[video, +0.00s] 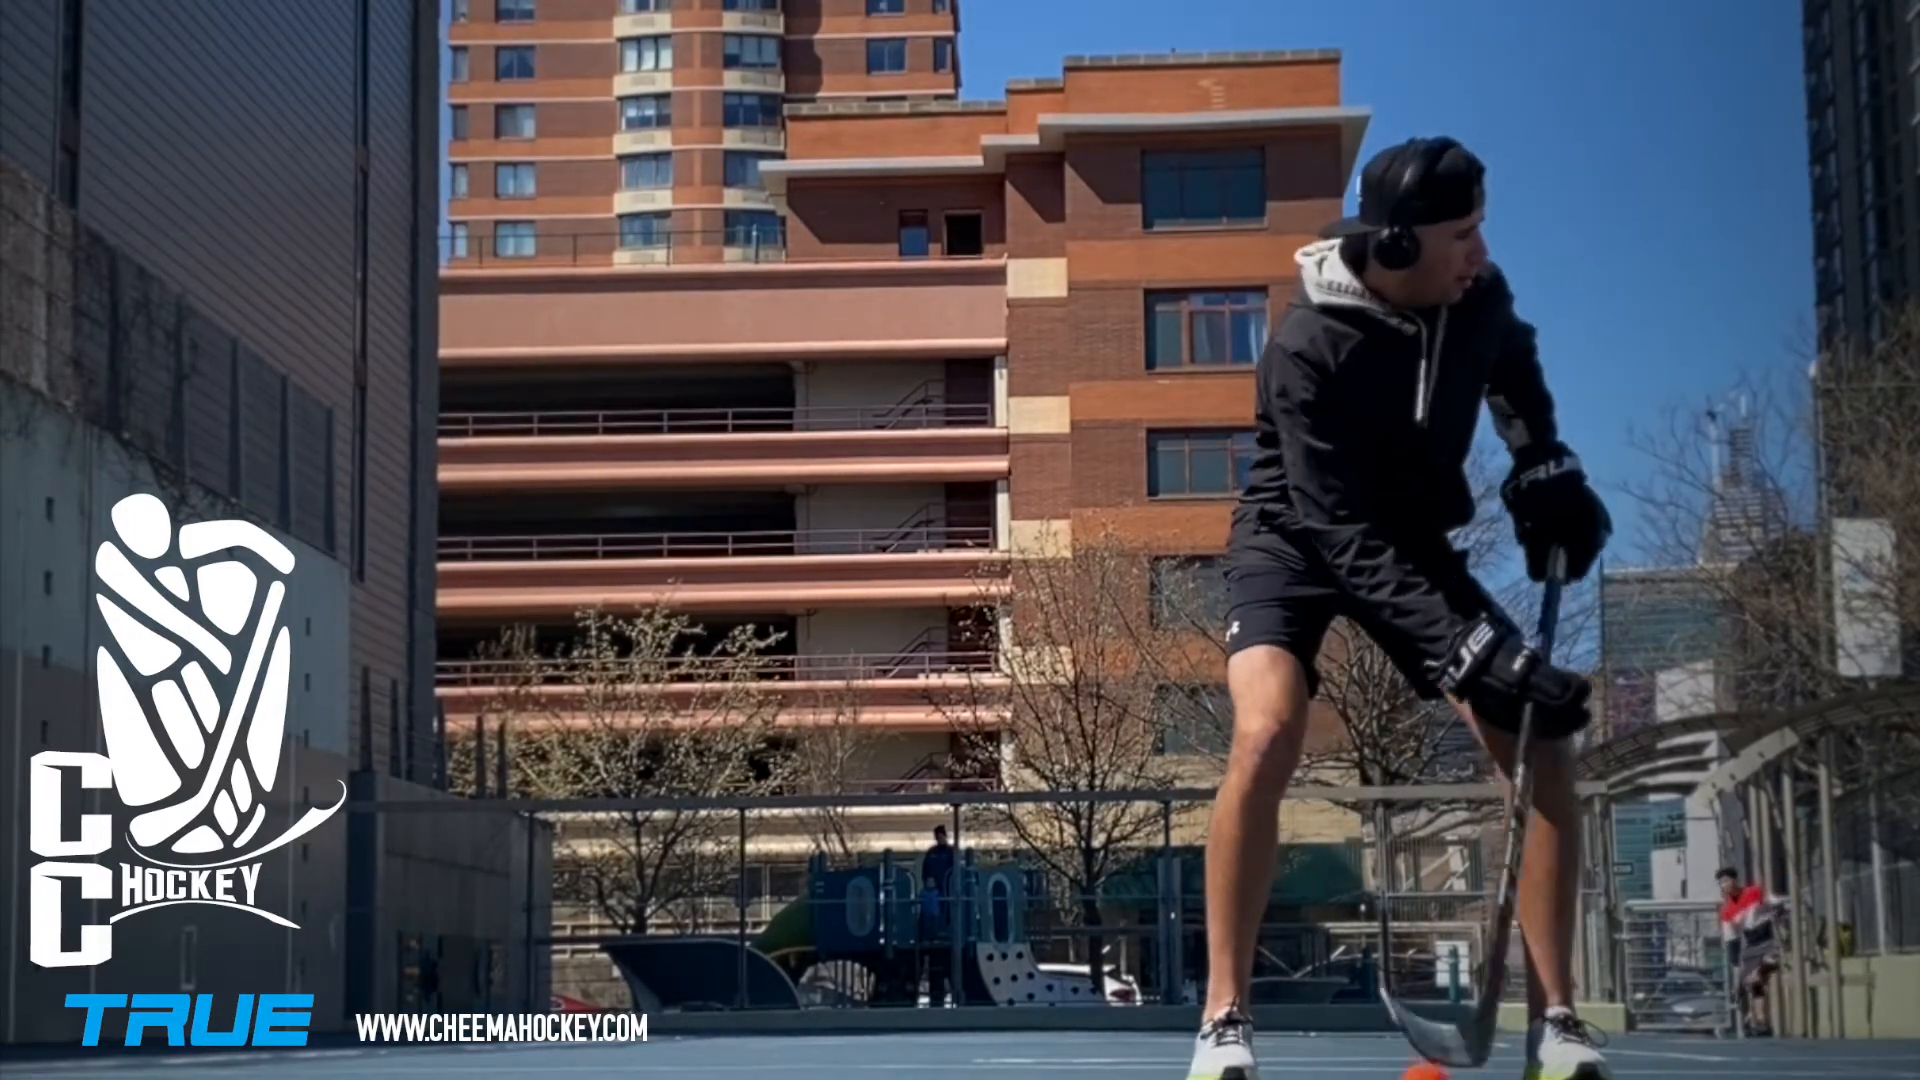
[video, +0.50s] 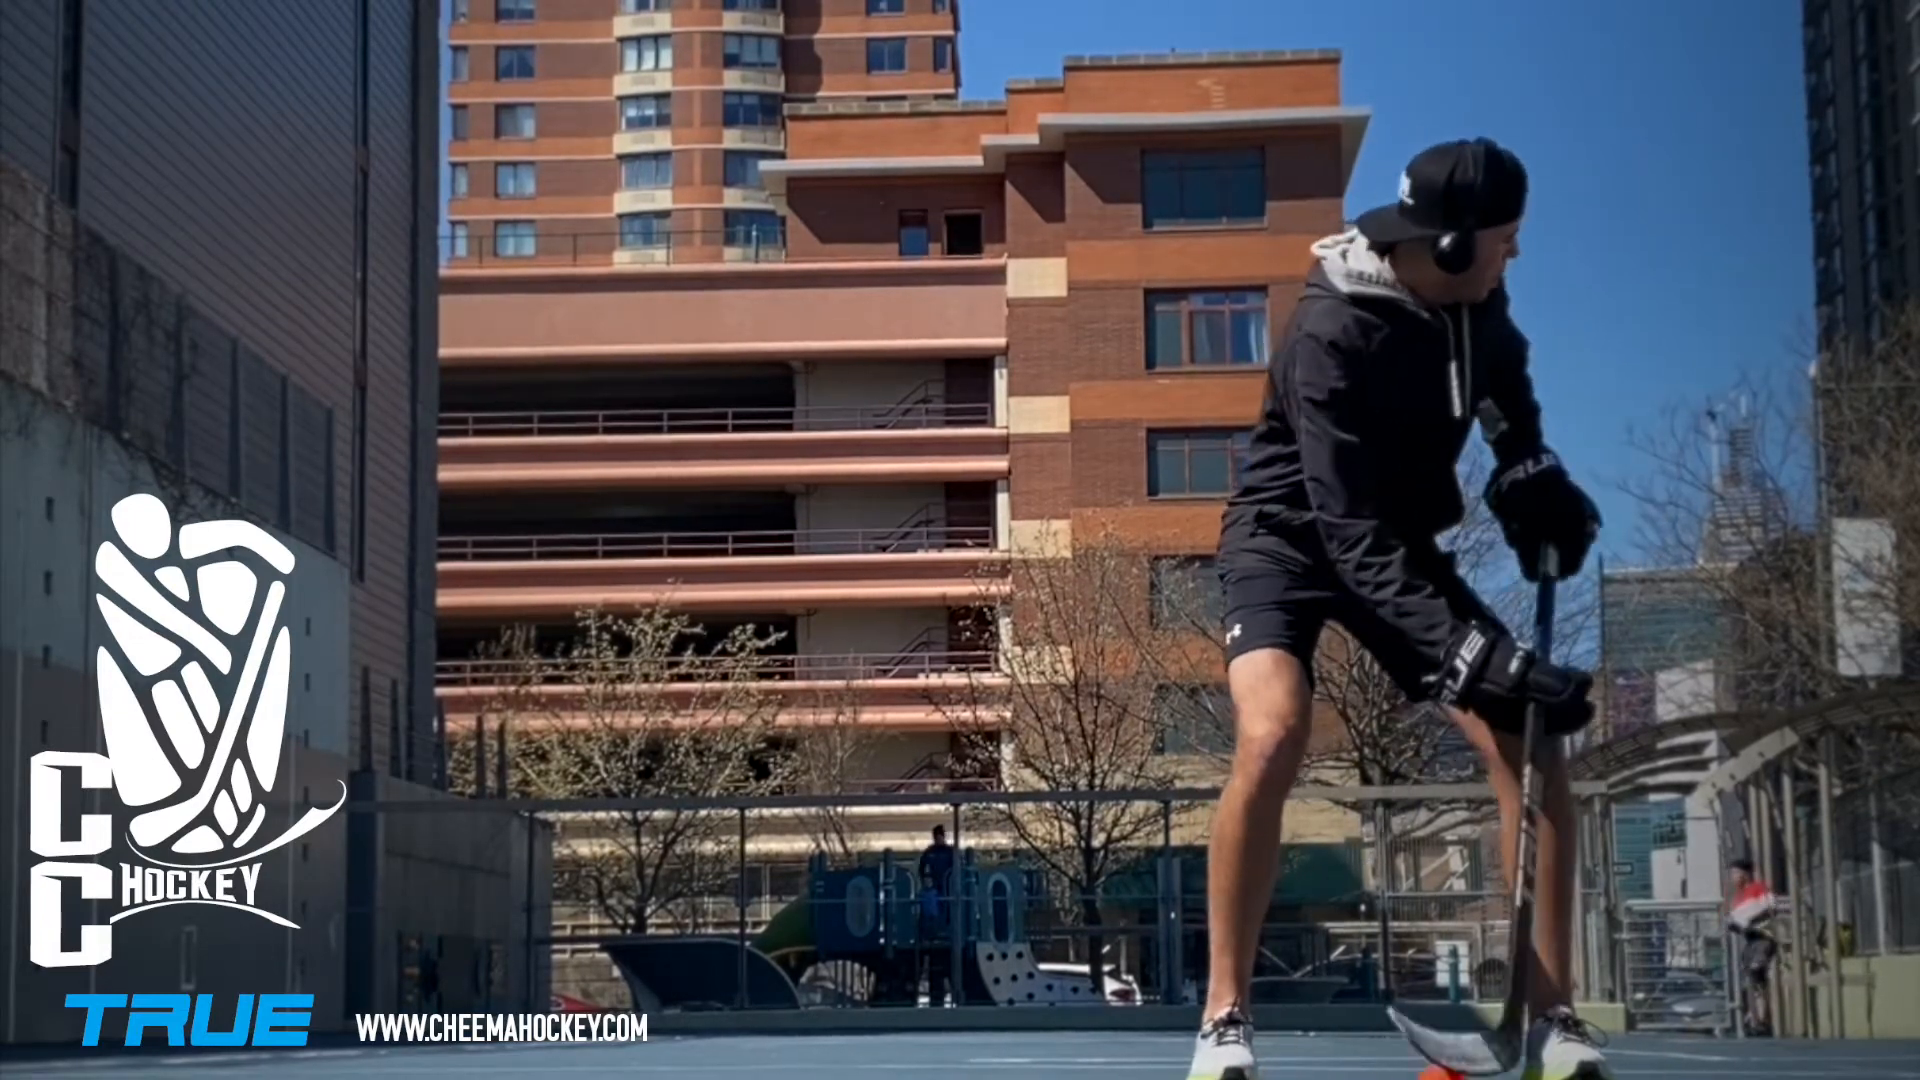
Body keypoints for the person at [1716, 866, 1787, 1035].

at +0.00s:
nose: (1724, 887)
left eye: (1726, 882)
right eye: (1721, 883)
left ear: (1735, 881)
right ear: (1721, 886)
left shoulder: (1754, 894)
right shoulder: (1727, 910)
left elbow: (1777, 903)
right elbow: (1731, 940)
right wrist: (1733, 965)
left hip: (1769, 947)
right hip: (1749, 951)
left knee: (1755, 982)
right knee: (1743, 987)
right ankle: (1751, 1022)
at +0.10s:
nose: (1726, 884)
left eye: (1729, 879)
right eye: (1724, 880)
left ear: (1738, 878)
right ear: (1723, 882)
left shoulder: (1757, 891)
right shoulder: (1727, 908)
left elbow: (1779, 904)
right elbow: (1732, 936)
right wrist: (1734, 957)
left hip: (1767, 945)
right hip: (1748, 950)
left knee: (1760, 987)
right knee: (1751, 989)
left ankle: (1762, 1024)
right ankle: (1758, 1025)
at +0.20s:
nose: (1729, 880)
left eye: (1732, 875)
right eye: (1727, 875)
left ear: (1742, 876)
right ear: (1727, 878)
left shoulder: (1758, 890)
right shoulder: (1731, 903)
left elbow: (1778, 903)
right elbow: (1731, 931)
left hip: (1763, 937)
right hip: (1743, 941)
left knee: (1758, 977)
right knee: (1748, 981)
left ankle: (1759, 1020)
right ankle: (1752, 1021)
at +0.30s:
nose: (1731, 879)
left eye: (1734, 874)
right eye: (1730, 874)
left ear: (1744, 875)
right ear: (1730, 877)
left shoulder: (1758, 891)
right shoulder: (1734, 900)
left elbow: (1778, 906)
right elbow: (1733, 927)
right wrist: (1731, 935)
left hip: (1762, 941)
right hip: (1743, 943)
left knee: (1759, 980)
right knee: (1749, 983)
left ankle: (1763, 1021)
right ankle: (1752, 1021)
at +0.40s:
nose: (1733, 878)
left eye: (1736, 873)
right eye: (1731, 874)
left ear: (1745, 875)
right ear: (1730, 877)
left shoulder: (1759, 891)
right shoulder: (1735, 899)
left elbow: (1772, 911)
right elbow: (1733, 923)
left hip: (1763, 942)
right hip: (1746, 943)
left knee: (1759, 980)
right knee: (1749, 983)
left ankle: (1763, 1021)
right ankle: (1752, 1021)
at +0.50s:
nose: (1734, 878)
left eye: (1737, 873)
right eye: (1732, 874)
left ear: (1746, 874)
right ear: (1733, 876)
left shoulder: (1758, 890)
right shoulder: (1738, 896)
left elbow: (1769, 910)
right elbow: (1735, 917)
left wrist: (1748, 923)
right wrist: (1734, 924)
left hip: (1764, 938)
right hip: (1750, 939)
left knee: (1756, 974)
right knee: (1748, 978)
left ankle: (1762, 1020)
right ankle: (1753, 1019)